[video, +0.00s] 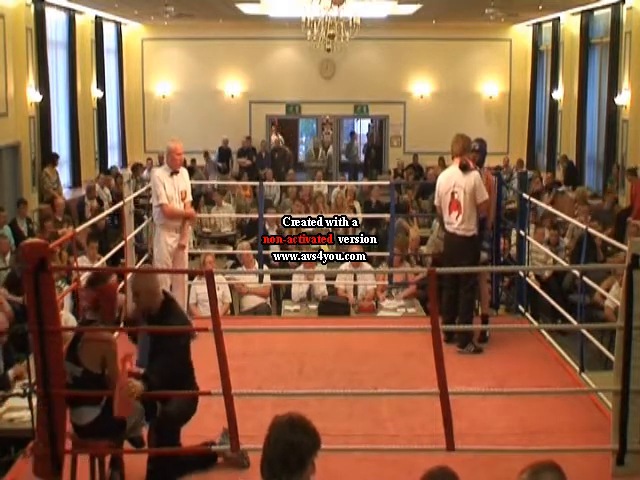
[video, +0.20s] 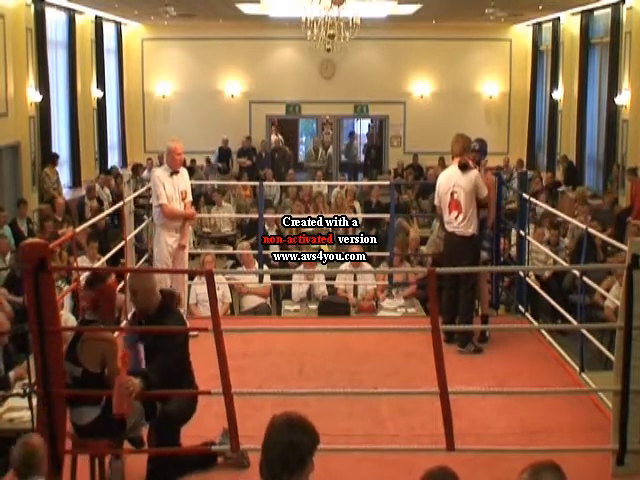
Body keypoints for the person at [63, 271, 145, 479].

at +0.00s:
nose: (116, 301)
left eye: (116, 295)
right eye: (112, 296)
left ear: (93, 299)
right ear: (99, 300)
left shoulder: (82, 329)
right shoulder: (105, 339)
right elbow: (115, 385)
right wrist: (135, 385)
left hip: (79, 420)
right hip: (97, 423)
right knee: (136, 408)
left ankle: (115, 462)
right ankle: (134, 432)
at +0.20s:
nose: (118, 302)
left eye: (117, 296)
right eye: (114, 297)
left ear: (92, 302)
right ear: (104, 302)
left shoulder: (80, 331)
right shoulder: (107, 340)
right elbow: (115, 383)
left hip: (78, 421)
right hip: (96, 424)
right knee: (137, 407)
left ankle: (116, 461)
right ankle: (134, 433)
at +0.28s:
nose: (118, 301)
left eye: (116, 295)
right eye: (114, 296)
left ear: (91, 302)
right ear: (103, 302)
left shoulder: (81, 330)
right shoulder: (106, 339)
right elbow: (115, 383)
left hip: (78, 419)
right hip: (95, 423)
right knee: (137, 410)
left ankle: (118, 463)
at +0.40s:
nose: (116, 304)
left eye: (115, 297)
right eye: (113, 298)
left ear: (93, 300)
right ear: (102, 301)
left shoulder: (82, 328)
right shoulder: (108, 340)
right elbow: (114, 381)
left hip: (75, 407)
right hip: (92, 411)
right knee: (134, 411)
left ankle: (118, 466)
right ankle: (120, 468)